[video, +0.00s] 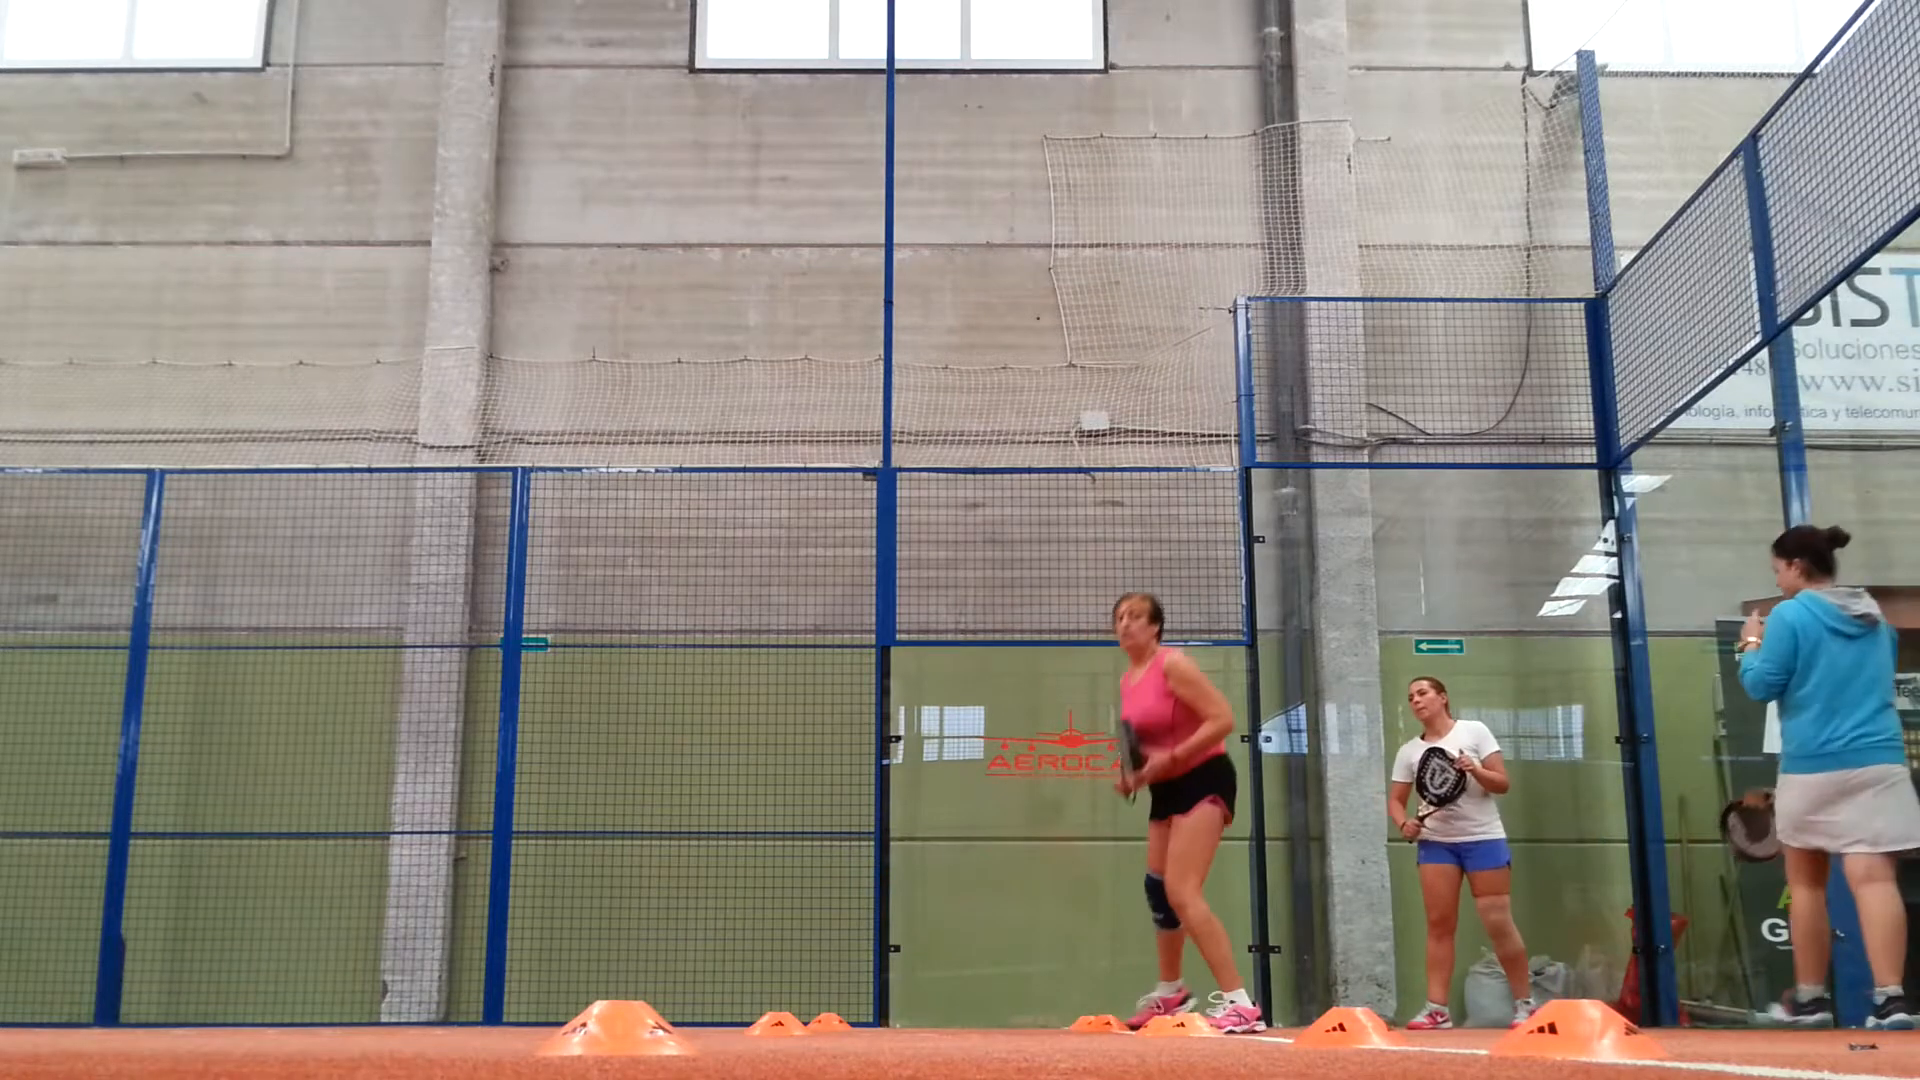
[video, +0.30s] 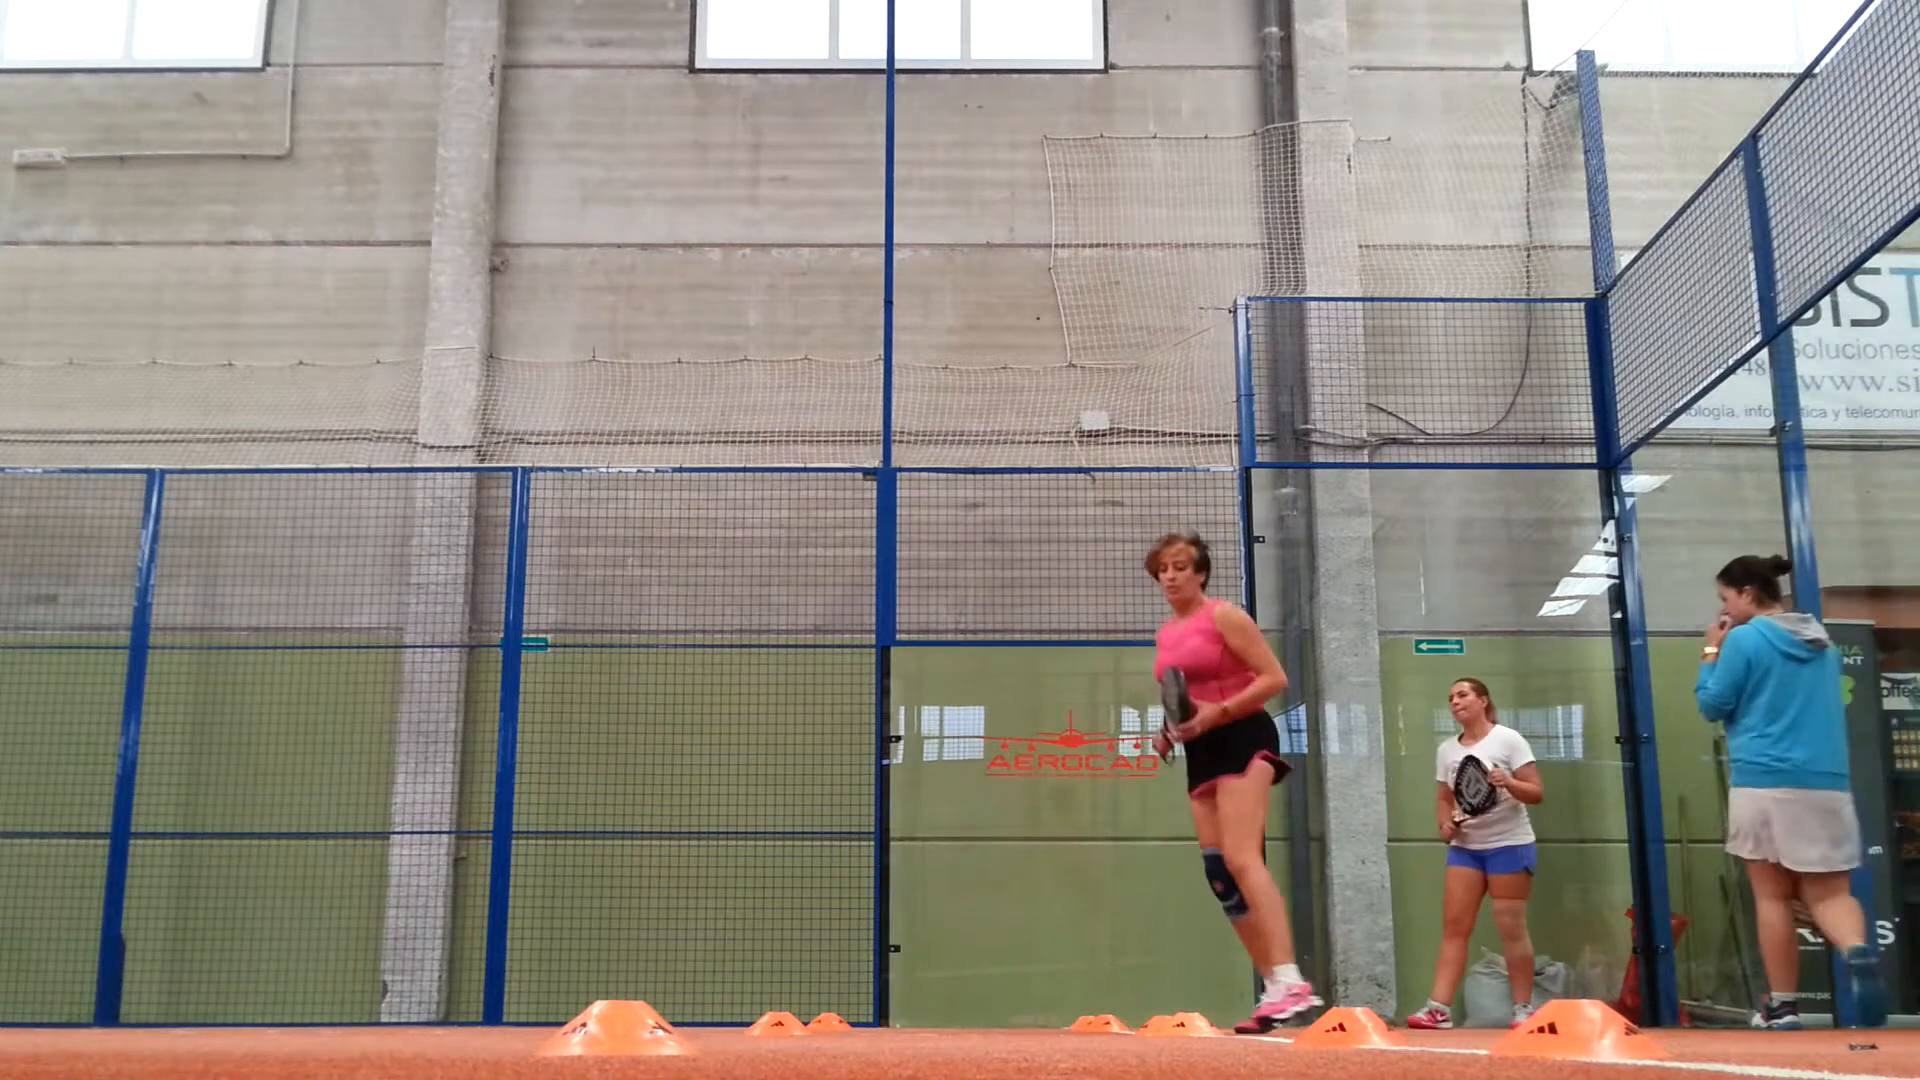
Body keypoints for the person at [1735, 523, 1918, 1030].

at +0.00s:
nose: (1775, 578)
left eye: (1777, 570)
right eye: (1775, 570)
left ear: (1796, 567)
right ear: (1824, 567)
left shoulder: (1790, 614)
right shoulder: (1874, 616)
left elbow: (1761, 685)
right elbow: (1883, 682)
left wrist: (1749, 646)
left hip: (1811, 765)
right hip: (1878, 758)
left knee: (1805, 880)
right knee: (1876, 878)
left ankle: (1809, 998)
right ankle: (1891, 1000)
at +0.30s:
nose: (1723, 608)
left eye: (1725, 599)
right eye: (1721, 600)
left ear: (1747, 594)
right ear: (1770, 592)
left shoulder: (1746, 638)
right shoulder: (1820, 641)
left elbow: (1712, 703)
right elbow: (1818, 703)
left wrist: (1711, 653)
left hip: (1762, 786)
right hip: (1825, 784)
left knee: (1771, 897)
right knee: (1830, 891)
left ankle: (1783, 1006)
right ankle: (1863, 959)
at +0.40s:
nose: (1711, 611)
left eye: (1713, 603)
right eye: (1710, 603)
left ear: (1734, 596)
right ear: (1756, 596)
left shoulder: (1733, 638)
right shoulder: (1811, 645)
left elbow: (1700, 703)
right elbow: (1831, 728)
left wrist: (1699, 652)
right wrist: (1842, 795)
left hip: (1755, 782)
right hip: (1814, 782)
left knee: (1771, 895)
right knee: (1811, 885)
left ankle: (1782, 1006)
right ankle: (1832, 954)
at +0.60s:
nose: (1695, 623)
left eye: (1696, 614)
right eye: (1693, 615)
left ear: (1717, 608)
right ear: (1741, 608)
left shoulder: (1713, 647)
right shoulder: (1793, 657)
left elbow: (1680, 709)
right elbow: (1821, 735)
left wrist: (1683, 663)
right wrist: (1843, 795)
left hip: (1740, 784)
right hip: (1793, 786)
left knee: (1764, 894)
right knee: (1772, 893)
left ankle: (1782, 1004)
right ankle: (1775, 1001)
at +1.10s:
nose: (1670, 648)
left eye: (1671, 640)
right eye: (1668, 641)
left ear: (1691, 634)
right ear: (1709, 635)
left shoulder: (1689, 671)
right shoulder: (1756, 676)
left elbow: (1660, 729)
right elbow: (1777, 745)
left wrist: (1657, 686)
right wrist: (1775, 796)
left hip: (1704, 801)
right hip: (1760, 798)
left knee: (1686, 895)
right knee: (1746, 901)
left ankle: (1720, 976)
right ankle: (1753, 1006)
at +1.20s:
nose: (1663, 651)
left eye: (1665, 642)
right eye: (1661, 643)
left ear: (1686, 639)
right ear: (1703, 640)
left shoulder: (1684, 675)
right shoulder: (1749, 678)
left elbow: (1658, 733)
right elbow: (1764, 748)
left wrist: (1647, 697)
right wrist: (1760, 795)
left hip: (1697, 803)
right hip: (1752, 800)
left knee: (1683, 900)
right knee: (1743, 902)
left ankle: (1697, 1000)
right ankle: (1752, 1004)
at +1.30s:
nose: (1656, 657)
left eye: (1658, 648)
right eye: (1654, 649)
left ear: (1679, 644)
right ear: (1694, 645)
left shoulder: (1677, 682)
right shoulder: (1737, 682)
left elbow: (1660, 740)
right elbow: (1744, 743)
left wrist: (1638, 713)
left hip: (1691, 812)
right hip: (1744, 805)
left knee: (1683, 910)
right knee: (1738, 903)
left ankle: (1680, 1003)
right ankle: (1750, 1003)